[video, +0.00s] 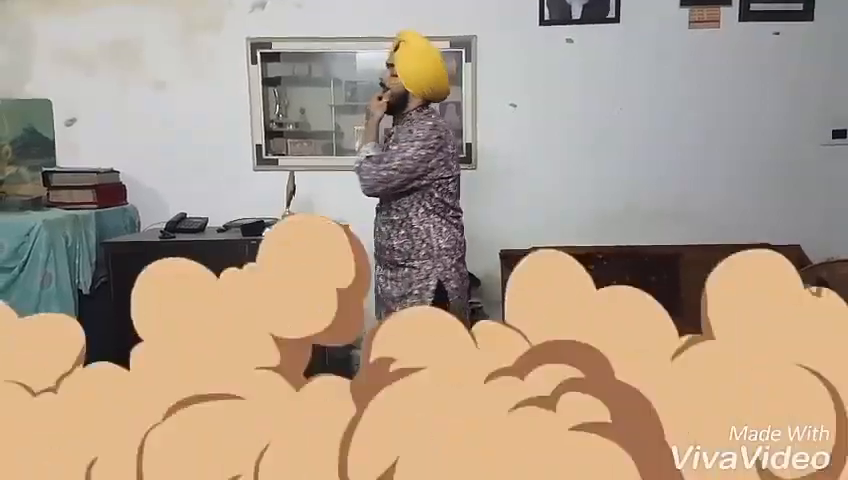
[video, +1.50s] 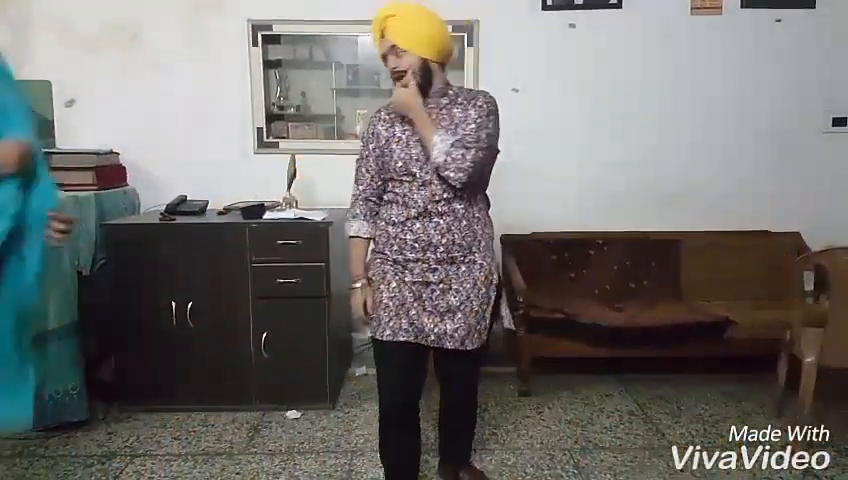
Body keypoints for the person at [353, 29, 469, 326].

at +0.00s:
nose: (384, 78)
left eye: (392, 71)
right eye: (387, 71)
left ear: (415, 80)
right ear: (412, 80)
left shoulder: (430, 130)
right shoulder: (400, 128)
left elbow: (373, 180)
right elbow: (375, 174)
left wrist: (371, 124)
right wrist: (373, 121)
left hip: (426, 267)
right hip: (398, 265)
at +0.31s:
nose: (408, 71)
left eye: (421, 66)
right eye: (406, 63)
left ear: (442, 76)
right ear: (400, 67)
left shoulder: (454, 128)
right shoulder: (381, 126)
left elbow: (416, 180)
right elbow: (362, 178)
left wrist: (401, 117)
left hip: (437, 247)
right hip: (386, 241)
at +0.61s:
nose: (432, 61)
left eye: (443, 56)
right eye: (427, 53)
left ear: (460, 70)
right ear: (414, 60)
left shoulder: (469, 119)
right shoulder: (390, 115)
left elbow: (460, 170)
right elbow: (361, 163)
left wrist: (430, 107)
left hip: (450, 250)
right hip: (393, 248)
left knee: (449, 345)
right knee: (396, 345)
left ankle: (446, 451)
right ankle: (402, 444)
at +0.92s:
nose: (449, 49)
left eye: (461, 45)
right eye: (443, 42)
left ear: (476, 60)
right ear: (430, 52)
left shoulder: (489, 111)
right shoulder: (401, 112)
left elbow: (484, 159)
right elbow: (376, 191)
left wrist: (452, 97)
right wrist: (388, 259)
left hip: (471, 258)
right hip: (408, 257)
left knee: (466, 361)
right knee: (398, 351)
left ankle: (461, 458)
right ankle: (418, 425)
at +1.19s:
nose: (443, 46)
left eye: (455, 40)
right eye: (436, 39)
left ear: (474, 52)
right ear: (425, 50)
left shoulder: (494, 107)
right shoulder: (403, 112)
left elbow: (486, 161)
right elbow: (378, 188)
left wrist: (450, 95)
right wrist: (374, 261)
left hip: (476, 259)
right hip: (411, 259)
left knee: (466, 368)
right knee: (400, 367)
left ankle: (459, 461)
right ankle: (399, 462)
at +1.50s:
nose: (390, 65)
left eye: (397, 53)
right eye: (384, 57)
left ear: (430, 50)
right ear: (384, 60)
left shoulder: (477, 107)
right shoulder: (383, 119)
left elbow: (462, 174)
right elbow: (364, 202)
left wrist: (417, 114)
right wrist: (358, 277)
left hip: (462, 270)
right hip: (395, 270)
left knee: (459, 384)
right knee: (396, 396)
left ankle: (455, 465)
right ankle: (399, 473)